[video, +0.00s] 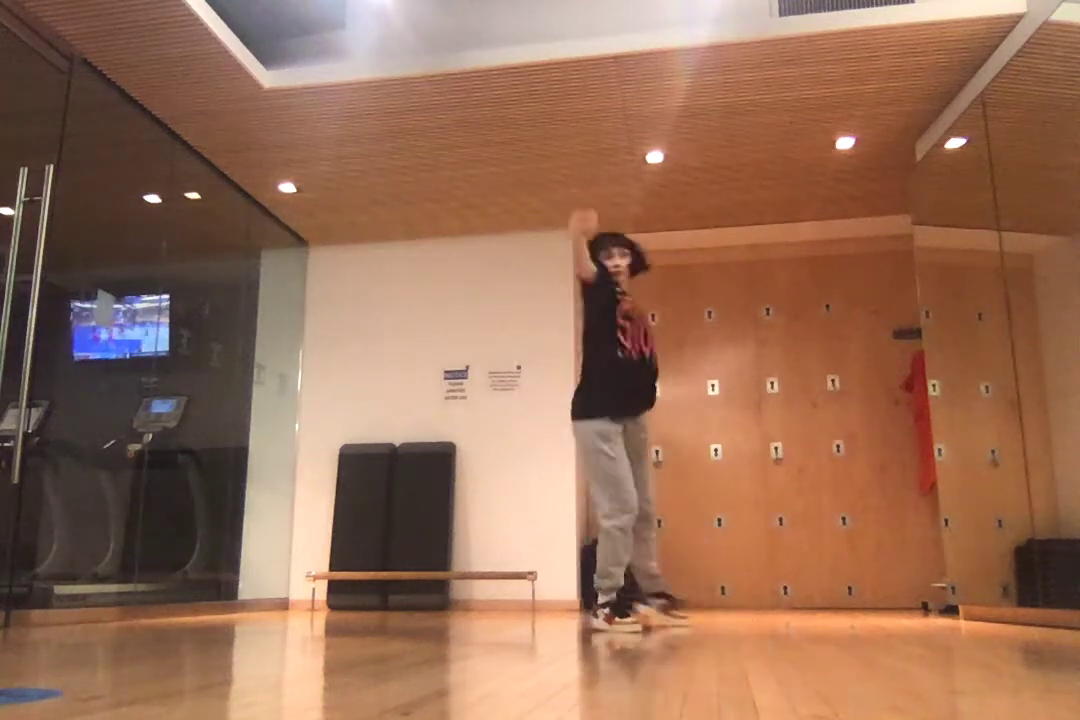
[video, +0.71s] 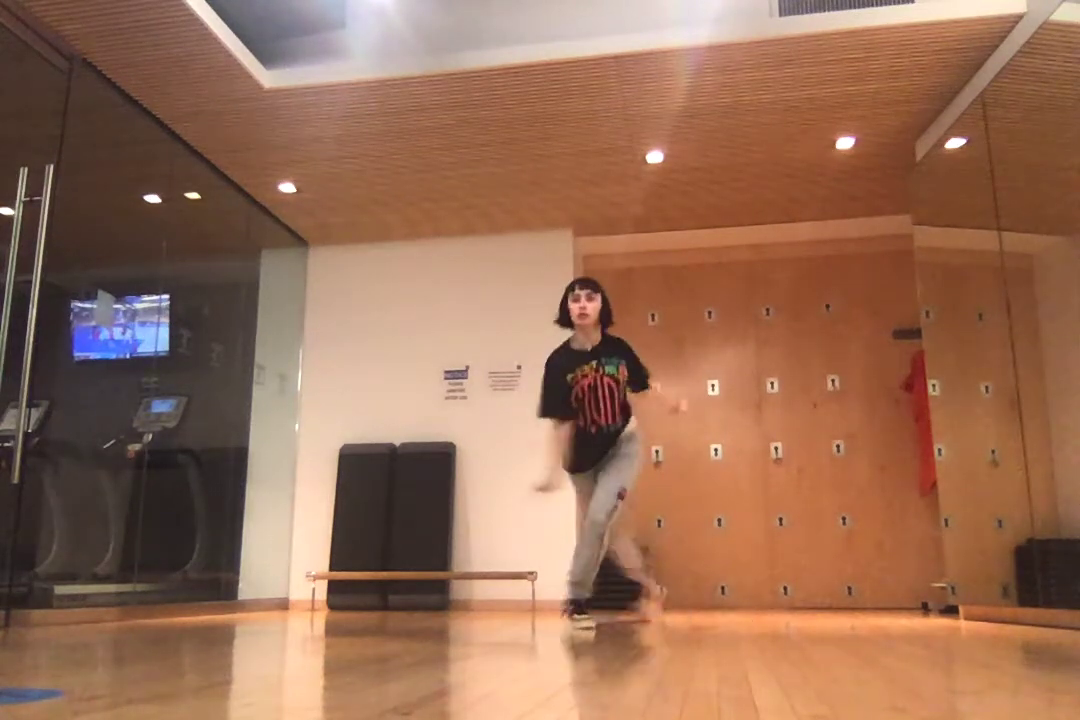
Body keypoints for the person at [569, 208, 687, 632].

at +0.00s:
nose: (615, 262)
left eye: (622, 255)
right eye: (607, 256)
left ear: (633, 263)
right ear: (598, 264)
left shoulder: (634, 306)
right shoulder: (597, 292)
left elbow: (646, 353)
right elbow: (583, 268)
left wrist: (643, 318)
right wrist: (578, 236)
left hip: (631, 412)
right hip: (596, 414)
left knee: (642, 507)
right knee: (619, 507)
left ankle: (649, 591)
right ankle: (608, 598)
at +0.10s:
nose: (602, 261)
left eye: (608, 255)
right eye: (595, 256)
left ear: (619, 264)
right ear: (584, 265)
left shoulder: (623, 306)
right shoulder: (579, 292)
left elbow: (636, 355)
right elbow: (564, 259)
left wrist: (651, 401)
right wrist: (569, 210)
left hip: (632, 401)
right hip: (595, 404)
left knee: (636, 501)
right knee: (610, 502)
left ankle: (624, 593)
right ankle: (605, 599)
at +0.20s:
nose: (600, 274)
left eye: (606, 267)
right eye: (593, 267)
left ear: (616, 271)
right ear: (580, 271)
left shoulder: (629, 313)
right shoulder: (570, 305)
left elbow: (659, 343)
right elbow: (549, 287)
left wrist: (634, 347)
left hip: (621, 404)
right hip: (581, 408)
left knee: (616, 500)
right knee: (600, 499)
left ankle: (591, 592)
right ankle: (598, 595)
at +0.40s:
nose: (591, 315)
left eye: (599, 308)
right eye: (583, 308)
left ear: (612, 314)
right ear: (572, 315)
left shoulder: (625, 347)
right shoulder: (559, 352)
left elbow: (659, 337)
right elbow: (515, 362)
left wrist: (689, 326)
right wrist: (483, 354)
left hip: (613, 453)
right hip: (565, 454)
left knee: (597, 527)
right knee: (527, 515)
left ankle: (568, 602)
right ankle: (478, 582)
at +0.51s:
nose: (583, 322)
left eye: (591, 315)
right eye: (577, 316)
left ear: (603, 325)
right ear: (566, 327)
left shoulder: (624, 358)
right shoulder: (552, 375)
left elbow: (682, 355)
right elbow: (498, 401)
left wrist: (736, 346)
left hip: (617, 461)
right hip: (571, 468)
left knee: (602, 528)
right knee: (527, 531)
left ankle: (567, 601)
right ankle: (472, 593)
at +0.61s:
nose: (582, 315)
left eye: (589, 309)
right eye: (575, 310)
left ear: (601, 317)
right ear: (565, 320)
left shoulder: (621, 358)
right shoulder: (556, 373)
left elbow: (667, 373)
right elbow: (524, 420)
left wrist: (709, 372)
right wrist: (493, 452)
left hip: (618, 459)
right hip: (574, 467)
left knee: (599, 528)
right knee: (563, 535)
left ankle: (568, 599)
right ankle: (569, 593)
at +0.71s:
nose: (582, 304)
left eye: (590, 298)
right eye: (575, 299)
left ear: (602, 306)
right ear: (567, 308)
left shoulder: (617, 348)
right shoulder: (559, 361)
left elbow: (643, 388)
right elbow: (560, 422)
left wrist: (669, 401)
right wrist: (554, 470)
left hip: (622, 444)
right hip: (582, 455)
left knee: (598, 517)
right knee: (601, 527)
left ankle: (577, 598)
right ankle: (648, 587)